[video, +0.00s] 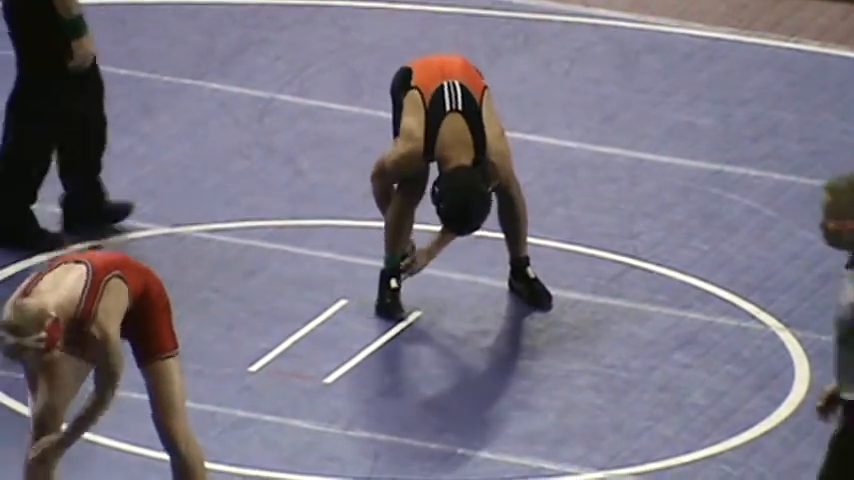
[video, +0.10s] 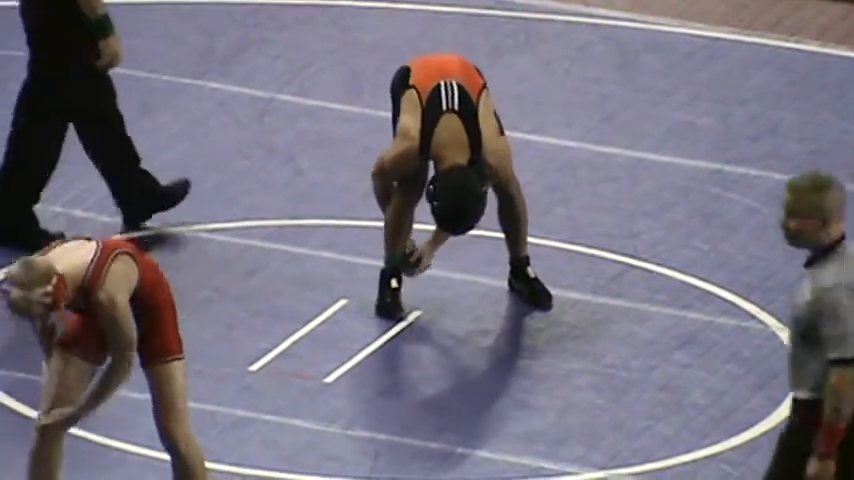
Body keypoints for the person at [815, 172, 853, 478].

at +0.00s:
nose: (824, 224)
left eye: (832, 216)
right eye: (825, 214)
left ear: (850, 222)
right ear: (840, 220)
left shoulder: (848, 281)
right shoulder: (846, 277)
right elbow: (848, 347)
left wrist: (842, 391)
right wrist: (841, 390)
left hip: (850, 415)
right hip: (847, 413)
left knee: (833, 472)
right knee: (832, 471)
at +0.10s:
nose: (784, 223)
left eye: (793, 217)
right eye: (786, 213)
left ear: (822, 224)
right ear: (829, 223)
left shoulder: (834, 285)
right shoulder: (828, 267)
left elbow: (843, 378)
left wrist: (825, 453)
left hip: (819, 417)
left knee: (781, 473)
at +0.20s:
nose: (753, 218)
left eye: (763, 209)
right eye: (751, 208)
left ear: (795, 210)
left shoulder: (804, 275)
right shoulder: (782, 257)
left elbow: (813, 364)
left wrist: (778, 438)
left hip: (796, 400)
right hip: (774, 392)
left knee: (743, 472)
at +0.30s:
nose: (736, 208)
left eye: (745, 198)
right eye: (729, 198)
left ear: (767, 198)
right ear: (721, 200)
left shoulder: (780, 263)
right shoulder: (743, 249)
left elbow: (790, 351)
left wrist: (742, 411)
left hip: (769, 387)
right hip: (737, 381)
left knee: (736, 473)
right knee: (720, 470)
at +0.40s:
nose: (721, 202)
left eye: (729, 192)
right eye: (711, 194)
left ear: (740, 190)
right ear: (692, 194)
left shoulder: (754, 254)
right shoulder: (694, 232)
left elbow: (772, 342)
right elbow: (695, 311)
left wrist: (718, 394)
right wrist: (682, 366)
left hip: (740, 382)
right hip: (705, 374)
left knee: (700, 471)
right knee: (713, 470)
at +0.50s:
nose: (701, 205)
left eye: (707, 194)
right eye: (689, 195)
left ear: (715, 191)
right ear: (666, 194)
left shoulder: (734, 255)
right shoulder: (656, 233)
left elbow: (753, 341)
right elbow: (646, 301)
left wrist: (704, 394)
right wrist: (622, 359)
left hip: (714, 384)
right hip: (670, 378)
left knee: (671, 471)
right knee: (705, 470)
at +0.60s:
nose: (680, 210)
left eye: (686, 200)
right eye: (668, 201)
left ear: (694, 200)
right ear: (644, 202)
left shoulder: (709, 264)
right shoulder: (627, 240)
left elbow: (728, 346)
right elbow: (613, 303)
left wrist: (695, 407)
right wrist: (573, 354)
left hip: (678, 391)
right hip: (635, 383)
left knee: (655, 473)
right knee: (625, 469)